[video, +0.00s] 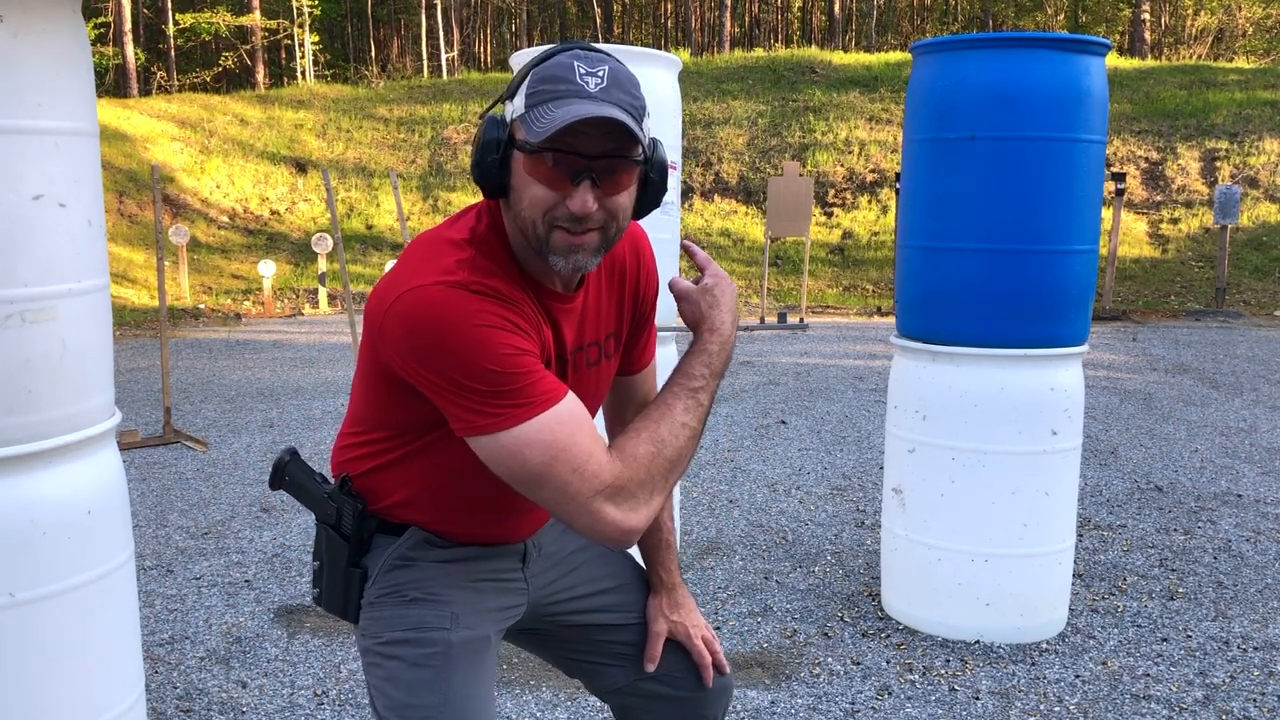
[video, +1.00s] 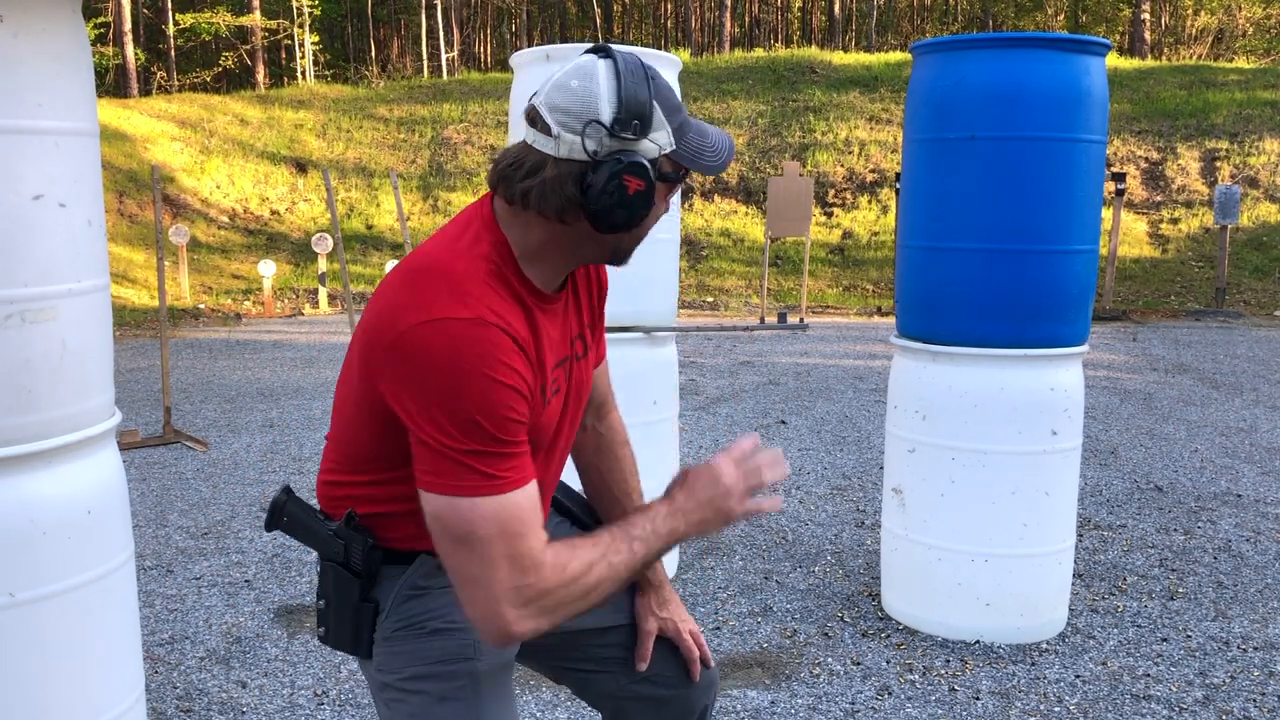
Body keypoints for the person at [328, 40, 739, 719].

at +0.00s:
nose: (583, 200)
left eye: (610, 168)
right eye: (557, 164)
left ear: (641, 176)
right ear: (504, 162)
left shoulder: (628, 256)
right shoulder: (441, 303)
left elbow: (635, 424)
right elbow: (615, 508)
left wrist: (667, 581)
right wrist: (714, 338)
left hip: (552, 536)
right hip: (427, 560)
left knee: (695, 686)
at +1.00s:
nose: (671, 204)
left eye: (674, 186)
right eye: (669, 186)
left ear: (616, 191)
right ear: (619, 193)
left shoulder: (570, 256)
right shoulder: (457, 328)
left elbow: (595, 419)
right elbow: (510, 605)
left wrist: (647, 573)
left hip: (518, 518)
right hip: (411, 562)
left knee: (674, 685)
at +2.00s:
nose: (560, 216)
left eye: (584, 181)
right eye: (533, 183)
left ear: (620, 181)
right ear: (483, 181)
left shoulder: (635, 260)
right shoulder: (422, 332)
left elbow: (658, 422)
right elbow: (423, 600)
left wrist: (698, 592)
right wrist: (651, 556)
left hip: (569, 538)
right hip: (450, 573)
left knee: (730, 698)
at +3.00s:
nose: (550, 204)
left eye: (577, 172)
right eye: (523, 171)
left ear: (613, 170)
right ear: (474, 166)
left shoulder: (628, 253)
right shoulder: (415, 313)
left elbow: (655, 432)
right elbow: (510, 558)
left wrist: (690, 599)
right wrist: (703, 430)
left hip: (567, 536)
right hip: (433, 551)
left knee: (721, 701)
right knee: (456, 705)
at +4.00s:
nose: (579, 189)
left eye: (598, 156)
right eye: (547, 157)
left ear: (624, 158)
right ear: (487, 155)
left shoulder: (639, 256)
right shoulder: (405, 298)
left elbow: (657, 431)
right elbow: (402, 566)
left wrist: (679, 600)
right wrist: (597, 470)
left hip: (572, 541)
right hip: (430, 566)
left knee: (707, 702)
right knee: (436, 707)